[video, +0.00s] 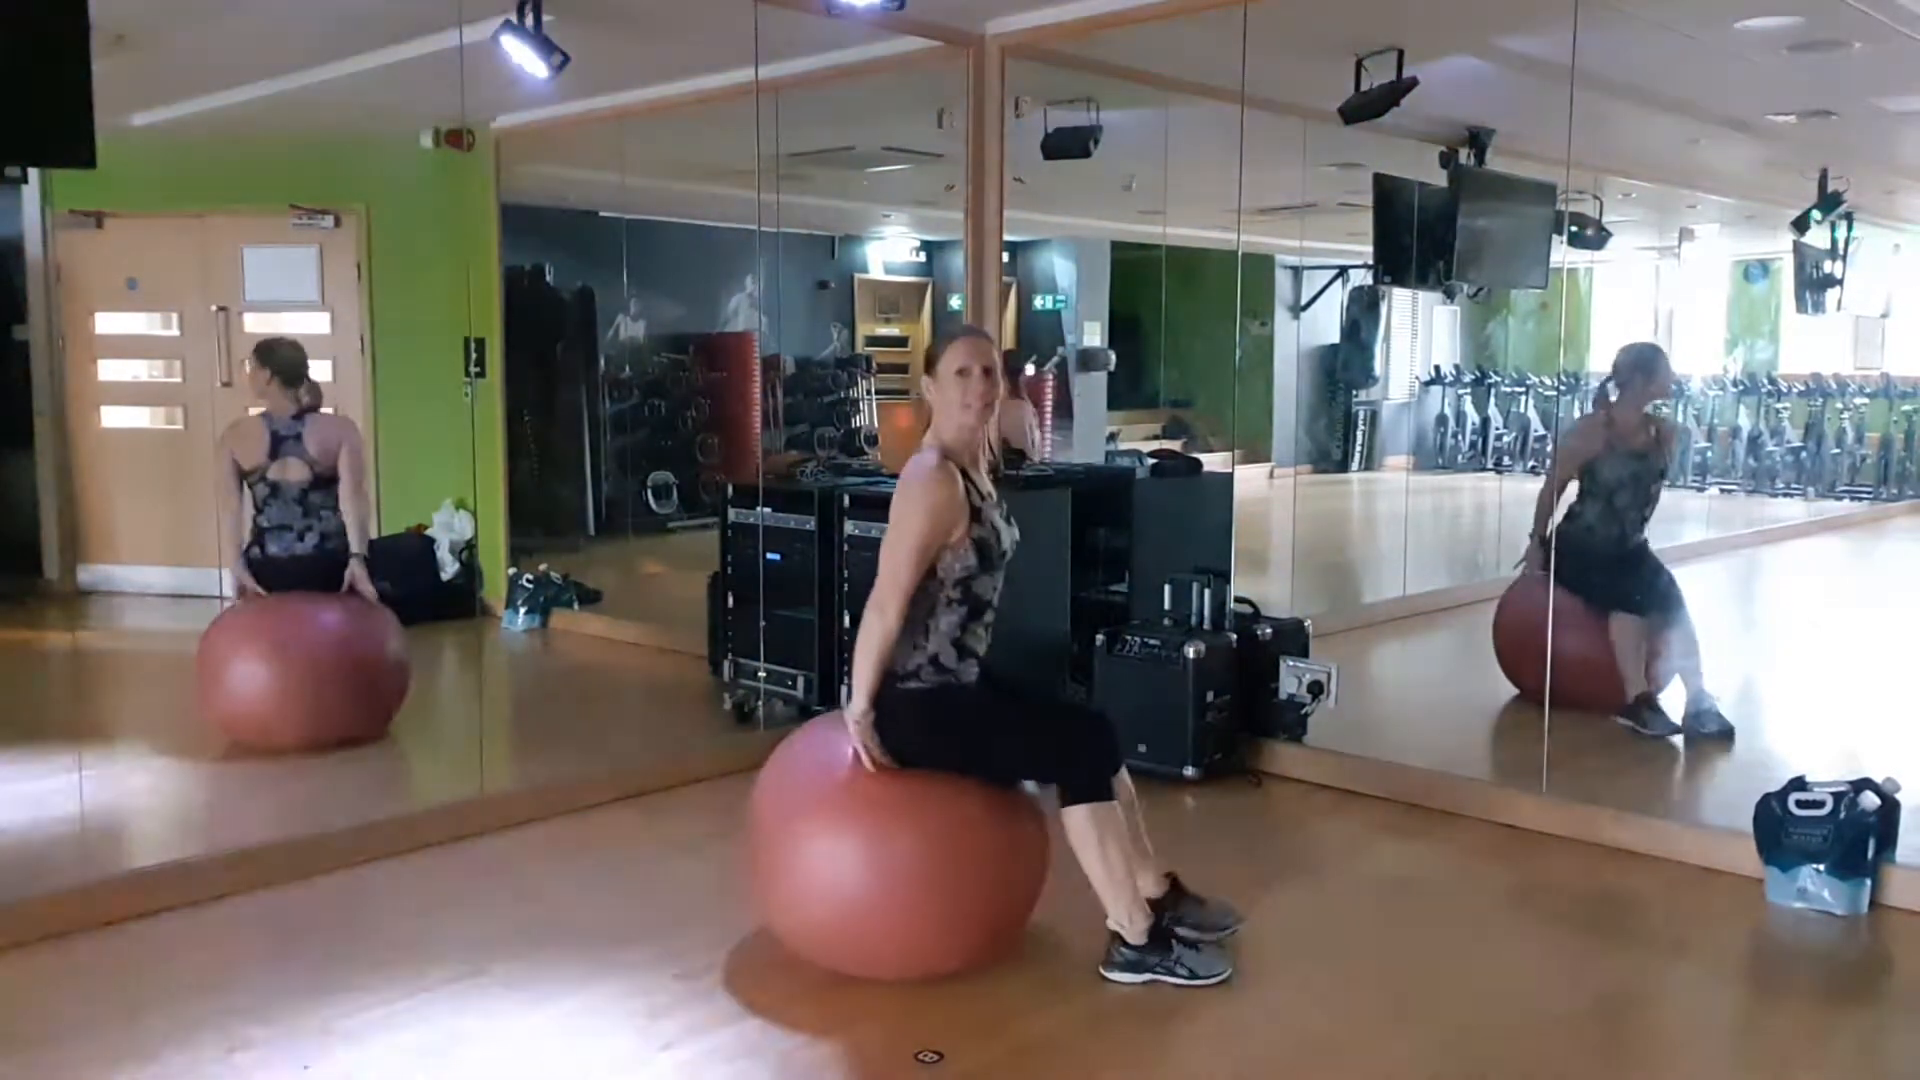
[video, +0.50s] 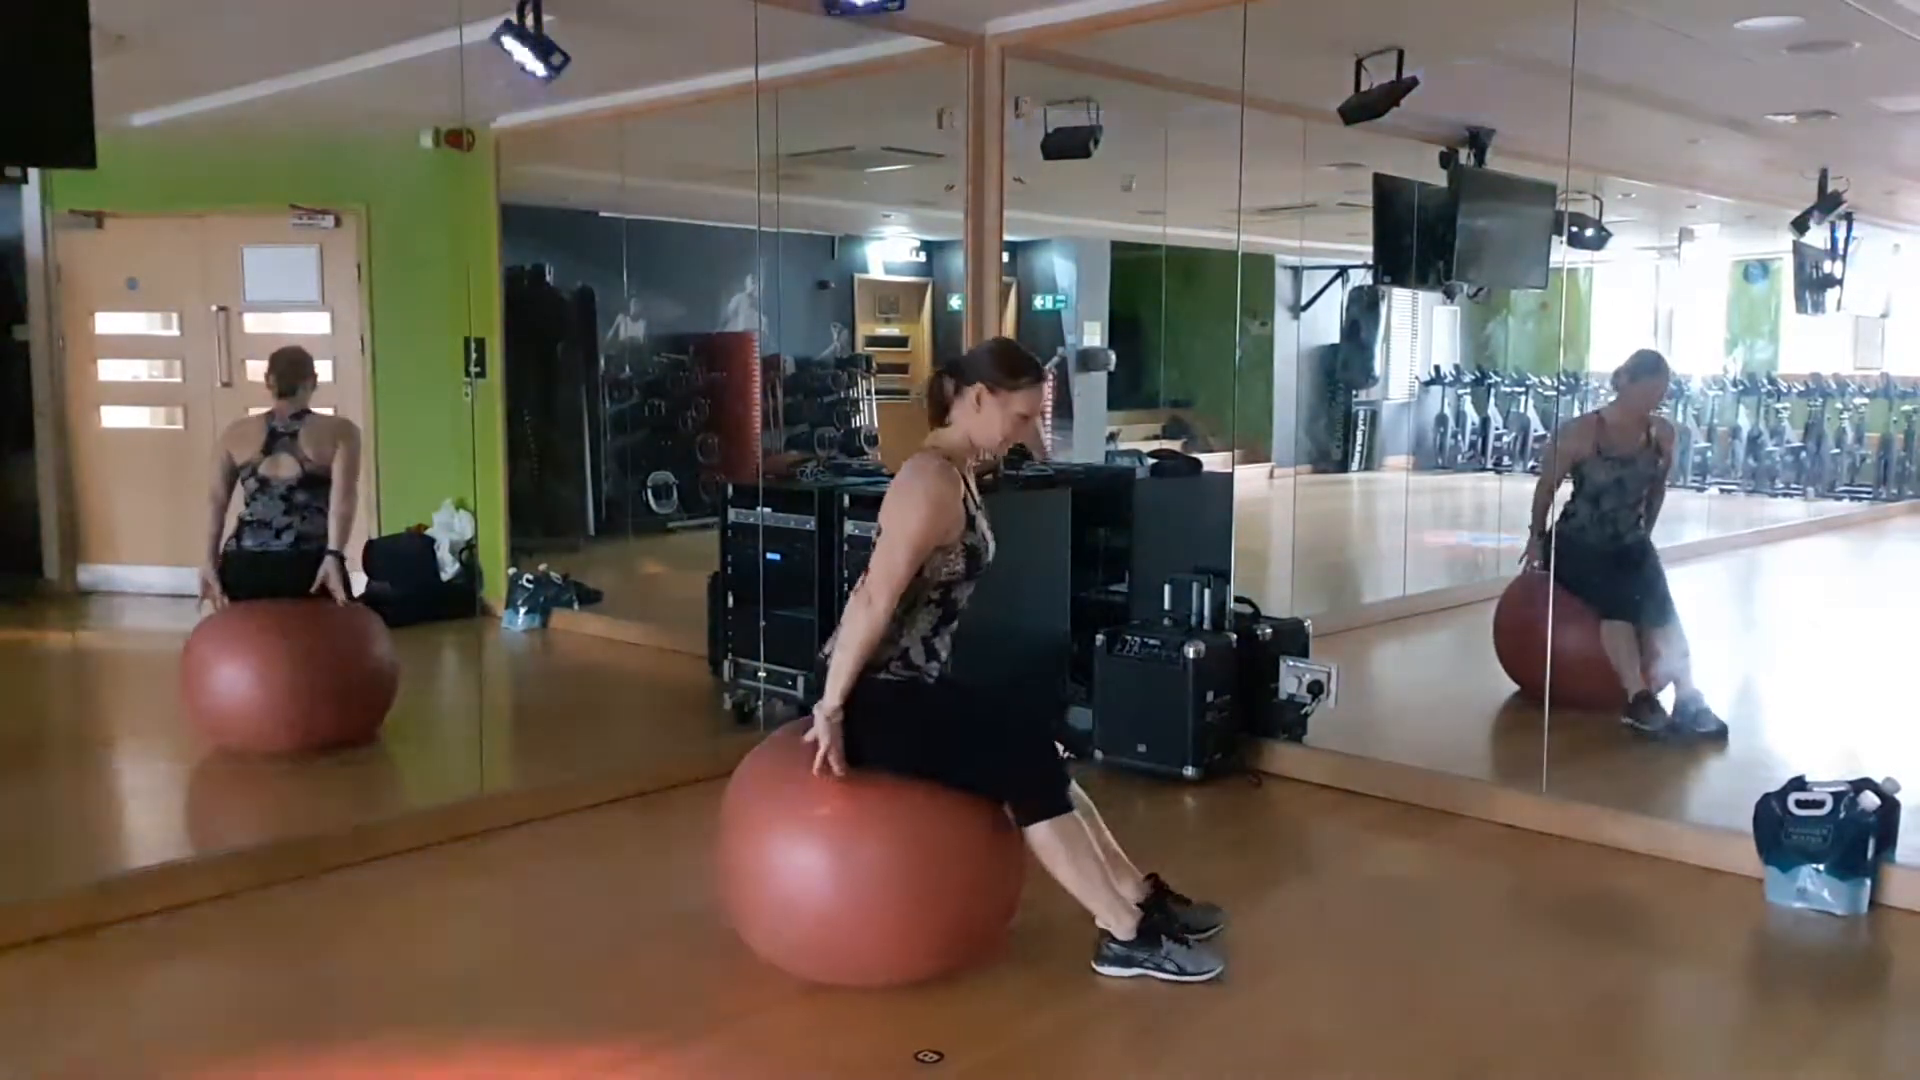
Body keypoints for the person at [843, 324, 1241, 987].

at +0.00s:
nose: (981, 387)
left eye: (990, 374)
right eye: (962, 373)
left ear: (1000, 389)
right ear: (930, 388)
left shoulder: (975, 463)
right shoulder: (932, 480)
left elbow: (1021, 423)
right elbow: (888, 599)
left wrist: (994, 401)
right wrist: (859, 707)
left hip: (958, 687)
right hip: (915, 705)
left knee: (1094, 732)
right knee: (1077, 747)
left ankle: (1157, 893)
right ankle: (1132, 936)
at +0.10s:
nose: (993, 386)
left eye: (1001, 373)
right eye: (978, 371)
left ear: (1005, 380)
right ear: (937, 375)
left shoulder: (971, 454)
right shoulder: (927, 466)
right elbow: (880, 589)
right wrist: (852, 698)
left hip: (946, 679)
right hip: (903, 694)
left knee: (1078, 731)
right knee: (1058, 749)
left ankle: (1153, 894)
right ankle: (1130, 934)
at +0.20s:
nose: (1006, 402)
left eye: (1012, 388)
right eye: (999, 385)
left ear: (983, 384)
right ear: (952, 374)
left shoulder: (967, 462)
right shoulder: (925, 466)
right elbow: (880, 590)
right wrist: (852, 701)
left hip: (938, 683)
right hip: (898, 695)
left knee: (1070, 735)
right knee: (1056, 750)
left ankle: (1146, 899)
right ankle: (1127, 930)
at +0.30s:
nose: (1013, 422)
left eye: (1019, 405)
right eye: (1003, 404)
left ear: (972, 393)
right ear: (958, 388)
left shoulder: (960, 470)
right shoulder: (925, 475)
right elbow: (882, 595)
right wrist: (851, 708)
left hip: (924, 689)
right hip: (889, 701)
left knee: (1058, 735)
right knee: (1045, 747)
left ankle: (1144, 896)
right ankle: (1122, 928)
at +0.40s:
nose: (1016, 429)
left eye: (1022, 414)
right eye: (1010, 411)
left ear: (970, 398)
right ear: (967, 394)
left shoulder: (956, 476)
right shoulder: (928, 479)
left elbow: (911, 599)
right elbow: (877, 598)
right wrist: (839, 708)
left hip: (914, 691)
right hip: (881, 704)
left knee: (1045, 735)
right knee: (1032, 748)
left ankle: (1140, 895)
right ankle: (1119, 927)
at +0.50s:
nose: (1024, 432)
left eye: (1029, 419)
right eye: (1020, 416)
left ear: (981, 401)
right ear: (976, 398)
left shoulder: (953, 477)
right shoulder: (930, 482)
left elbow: (889, 595)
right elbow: (874, 597)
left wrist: (836, 697)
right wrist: (832, 706)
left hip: (909, 690)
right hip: (877, 703)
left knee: (1039, 746)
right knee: (1025, 763)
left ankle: (1139, 898)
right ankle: (1121, 931)